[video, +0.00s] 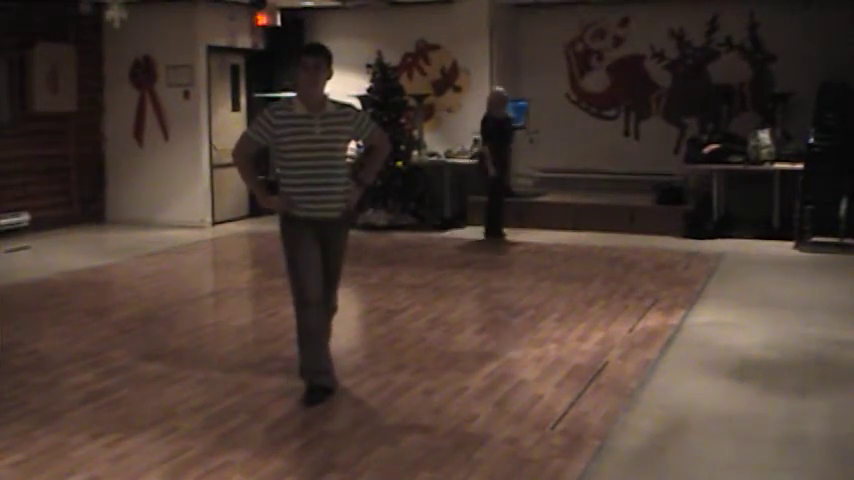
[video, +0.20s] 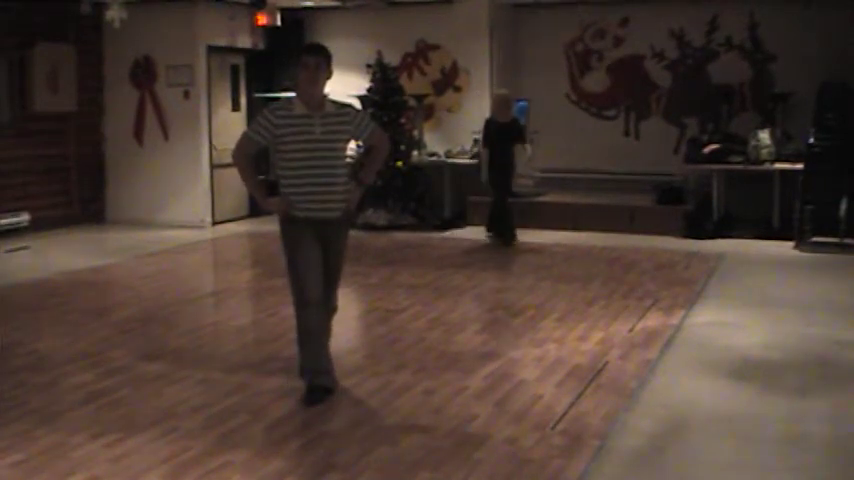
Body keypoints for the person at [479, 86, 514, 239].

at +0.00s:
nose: (500, 103)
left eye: (502, 100)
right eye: (497, 100)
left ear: (505, 101)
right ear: (492, 101)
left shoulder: (506, 119)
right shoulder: (488, 119)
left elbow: (507, 144)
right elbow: (486, 145)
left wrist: (507, 167)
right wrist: (490, 166)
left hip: (503, 163)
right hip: (493, 163)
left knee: (499, 197)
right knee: (493, 197)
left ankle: (497, 228)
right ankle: (491, 229)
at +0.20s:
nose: (501, 110)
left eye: (505, 106)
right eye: (498, 106)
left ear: (509, 106)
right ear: (494, 106)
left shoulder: (515, 124)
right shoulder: (490, 123)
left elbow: (522, 148)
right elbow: (485, 149)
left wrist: (520, 169)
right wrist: (483, 171)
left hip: (508, 166)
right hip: (493, 165)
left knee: (502, 197)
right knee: (500, 197)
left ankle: (493, 227)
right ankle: (507, 233)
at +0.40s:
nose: (509, 109)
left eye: (511, 106)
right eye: (505, 106)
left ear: (514, 106)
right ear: (500, 106)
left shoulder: (517, 121)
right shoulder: (493, 120)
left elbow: (526, 145)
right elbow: (489, 147)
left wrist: (534, 166)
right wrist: (492, 169)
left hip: (513, 166)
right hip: (498, 166)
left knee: (515, 198)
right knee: (501, 200)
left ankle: (513, 229)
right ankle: (504, 234)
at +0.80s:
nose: (516, 107)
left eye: (518, 103)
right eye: (512, 103)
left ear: (522, 104)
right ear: (506, 104)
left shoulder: (527, 123)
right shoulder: (498, 122)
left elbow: (528, 147)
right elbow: (496, 150)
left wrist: (530, 170)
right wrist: (504, 170)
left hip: (522, 170)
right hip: (504, 171)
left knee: (520, 206)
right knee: (504, 205)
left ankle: (517, 241)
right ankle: (504, 237)